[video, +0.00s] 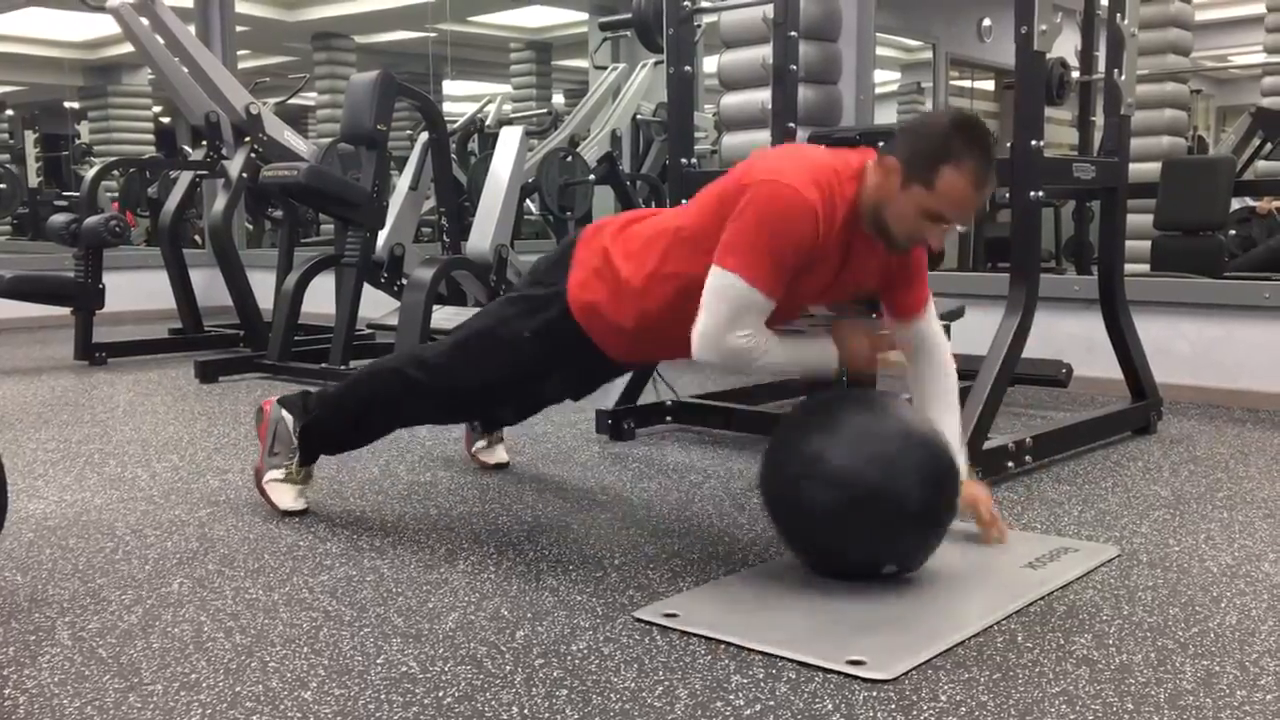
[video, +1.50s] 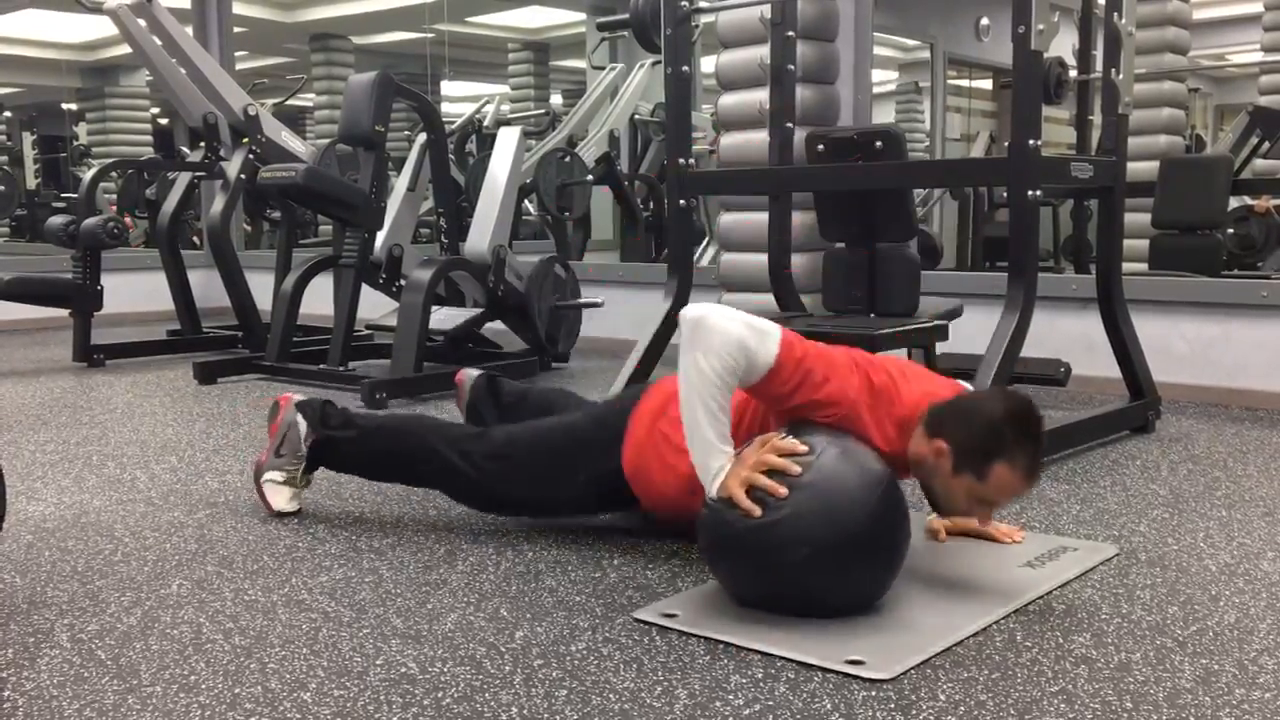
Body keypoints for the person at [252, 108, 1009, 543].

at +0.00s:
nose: (937, 239)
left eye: (952, 227)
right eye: (932, 216)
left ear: (952, 213)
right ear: (889, 172)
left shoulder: (899, 242)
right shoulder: (792, 196)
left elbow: (925, 356)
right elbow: (723, 347)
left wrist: (955, 468)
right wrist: (838, 350)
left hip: (644, 326)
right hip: (600, 286)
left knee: (536, 377)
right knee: (454, 375)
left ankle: (480, 414)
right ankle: (297, 424)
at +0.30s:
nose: (951, 444)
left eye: (969, 431)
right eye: (954, 425)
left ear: (948, 362)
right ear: (919, 382)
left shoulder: (902, 313)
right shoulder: (808, 369)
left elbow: (889, 273)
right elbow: (673, 457)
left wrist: (863, 385)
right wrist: (698, 603)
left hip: (646, 340)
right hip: (595, 393)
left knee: (496, 400)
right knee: (442, 437)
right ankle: (290, 426)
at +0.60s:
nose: (938, 522)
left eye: (956, 514)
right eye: (940, 505)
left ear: (924, 442)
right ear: (899, 454)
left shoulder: (897, 367)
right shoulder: (803, 432)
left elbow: (889, 288)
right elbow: (662, 474)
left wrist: (865, 431)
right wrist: (689, 603)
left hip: (654, 414)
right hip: (598, 462)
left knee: (566, 416)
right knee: (443, 469)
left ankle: (485, 397)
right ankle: (292, 426)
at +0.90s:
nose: (903, 281)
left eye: (917, 265)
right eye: (897, 259)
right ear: (842, 223)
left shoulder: (853, 236)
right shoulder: (745, 265)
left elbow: (865, 317)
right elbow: (684, 441)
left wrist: (860, 400)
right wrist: (693, 600)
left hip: (609, 330)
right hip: (555, 307)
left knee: (508, 388)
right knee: (425, 402)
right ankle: (270, 428)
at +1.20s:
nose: (922, 225)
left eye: (934, 211)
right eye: (917, 203)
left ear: (901, 182)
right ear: (865, 163)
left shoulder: (865, 217)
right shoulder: (768, 183)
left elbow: (873, 308)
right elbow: (651, 282)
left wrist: (882, 379)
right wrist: (766, 393)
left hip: (630, 325)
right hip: (566, 291)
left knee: (533, 386)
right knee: (436, 379)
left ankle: (462, 420)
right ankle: (279, 427)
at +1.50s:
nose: (972, 511)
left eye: (991, 508)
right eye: (973, 499)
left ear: (967, 438)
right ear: (938, 448)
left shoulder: (946, 406)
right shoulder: (855, 388)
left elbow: (912, 442)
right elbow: (707, 326)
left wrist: (947, 506)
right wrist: (718, 458)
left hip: (676, 447)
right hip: (638, 444)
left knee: (578, 418)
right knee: (476, 463)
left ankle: (483, 384)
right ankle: (312, 426)